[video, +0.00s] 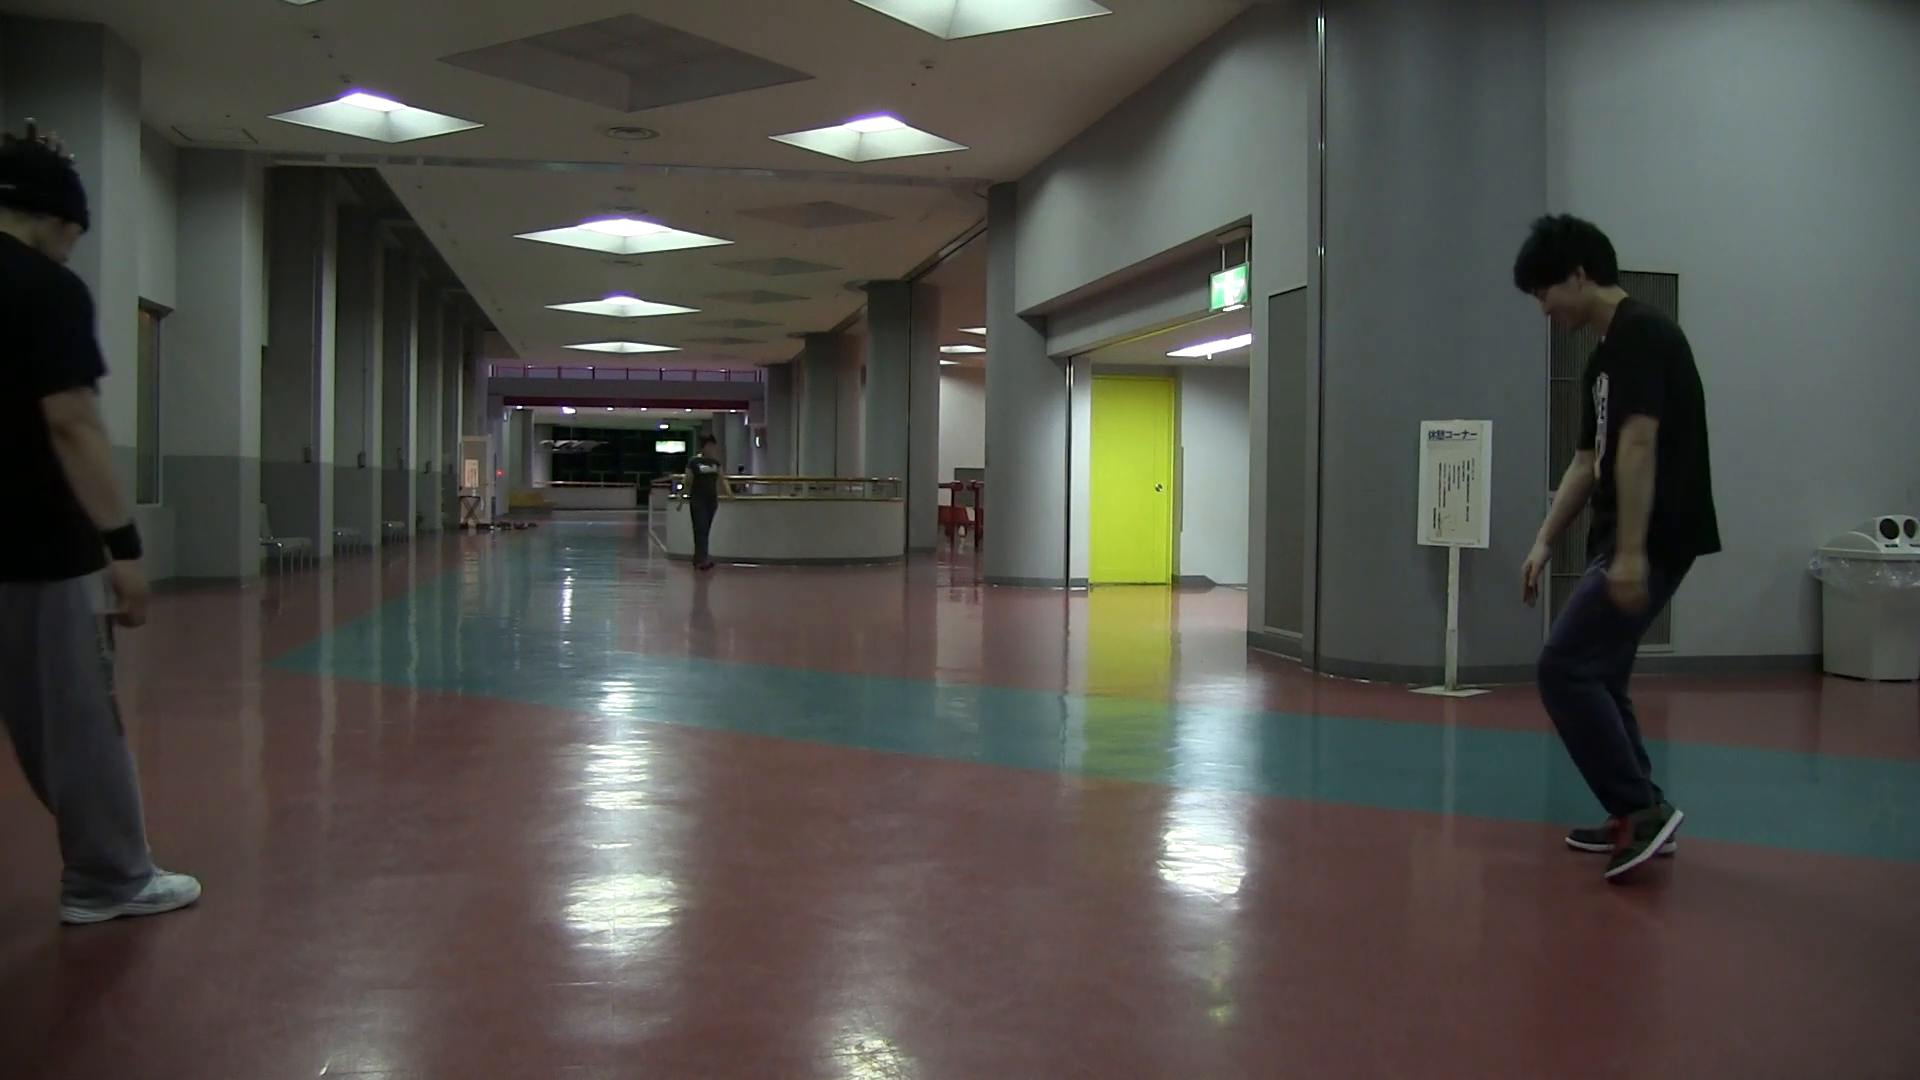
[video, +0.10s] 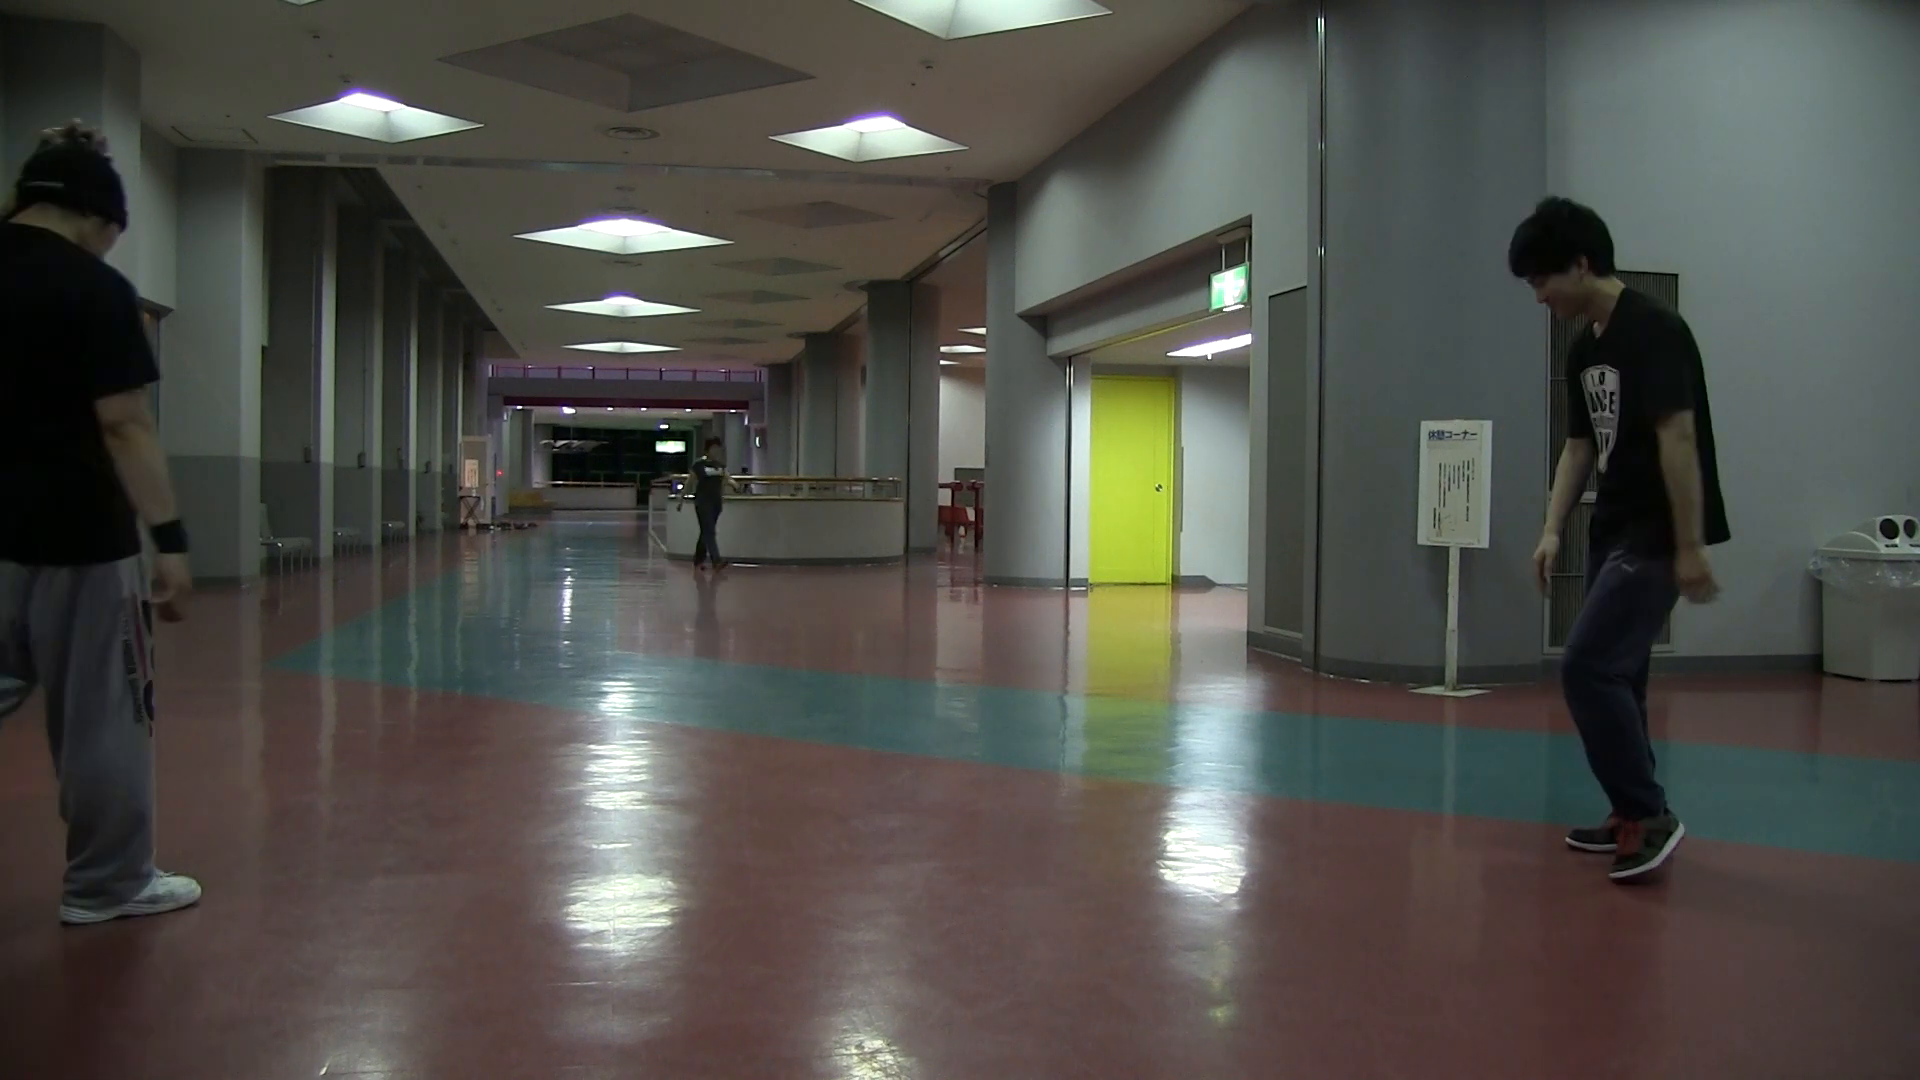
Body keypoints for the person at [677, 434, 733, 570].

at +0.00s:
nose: (712, 450)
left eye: (713, 447)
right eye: (710, 447)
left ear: (715, 448)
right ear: (704, 448)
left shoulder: (716, 464)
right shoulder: (693, 462)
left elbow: (723, 480)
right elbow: (686, 482)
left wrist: (730, 493)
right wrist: (680, 500)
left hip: (711, 500)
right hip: (697, 500)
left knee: (704, 531)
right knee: (700, 531)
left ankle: (699, 559)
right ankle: (702, 560)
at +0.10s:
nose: (717, 452)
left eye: (718, 449)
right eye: (714, 449)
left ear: (720, 451)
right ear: (708, 450)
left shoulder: (719, 466)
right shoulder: (699, 465)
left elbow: (727, 479)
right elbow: (689, 482)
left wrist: (736, 486)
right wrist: (681, 499)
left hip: (716, 503)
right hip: (702, 504)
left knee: (706, 532)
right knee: (709, 532)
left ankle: (698, 560)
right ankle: (716, 561)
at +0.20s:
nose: (722, 452)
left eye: (724, 449)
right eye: (719, 449)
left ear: (725, 450)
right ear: (713, 450)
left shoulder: (726, 466)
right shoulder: (704, 465)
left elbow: (732, 480)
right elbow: (694, 483)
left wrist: (741, 487)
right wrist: (687, 501)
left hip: (721, 502)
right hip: (708, 503)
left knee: (715, 532)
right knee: (715, 532)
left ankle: (702, 558)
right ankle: (720, 563)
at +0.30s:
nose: (728, 449)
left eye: (729, 446)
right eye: (726, 446)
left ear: (730, 447)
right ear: (719, 447)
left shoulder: (730, 464)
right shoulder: (709, 463)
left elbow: (736, 481)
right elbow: (703, 482)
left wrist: (744, 495)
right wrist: (700, 500)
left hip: (727, 501)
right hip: (713, 501)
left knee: (730, 529)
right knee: (718, 531)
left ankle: (713, 551)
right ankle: (721, 562)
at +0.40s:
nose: (733, 449)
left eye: (735, 445)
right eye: (732, 445)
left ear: (735, 446)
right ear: (726, 445)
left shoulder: (735, 462)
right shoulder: (715, 461)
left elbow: (739, 482)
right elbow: (710, 482)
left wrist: (743, 500)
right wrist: (713, 499)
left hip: (734, 501)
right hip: (720, 501)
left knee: (738, 531)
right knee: (718, 533)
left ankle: (726, 556)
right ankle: (720, 563)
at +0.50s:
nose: (740, 449)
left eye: (741, 446)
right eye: (738, 445)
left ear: (741, 446)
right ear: (731, 445)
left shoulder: (740, 462)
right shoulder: (722, 460)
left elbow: (742, 480)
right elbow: (720, 479)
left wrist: (745, 495)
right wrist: (730, 494)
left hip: (739, 498)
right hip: (724, 499)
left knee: (744, 531)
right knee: (721, 532)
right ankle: (720, 562)